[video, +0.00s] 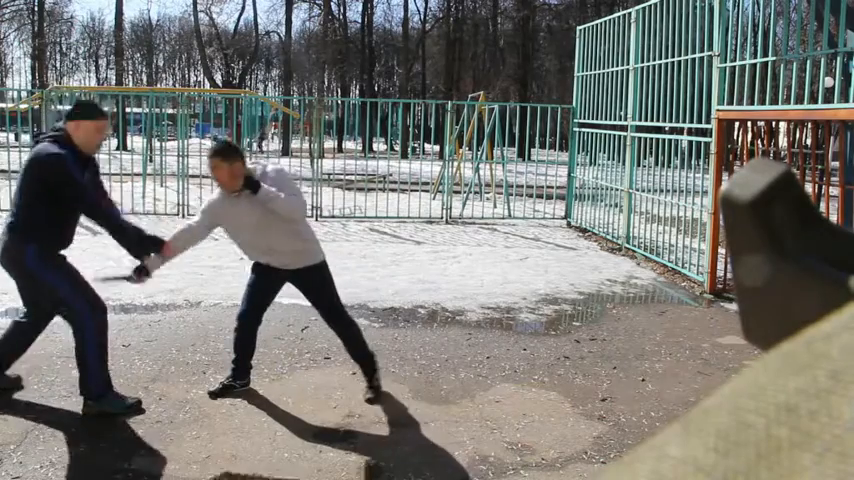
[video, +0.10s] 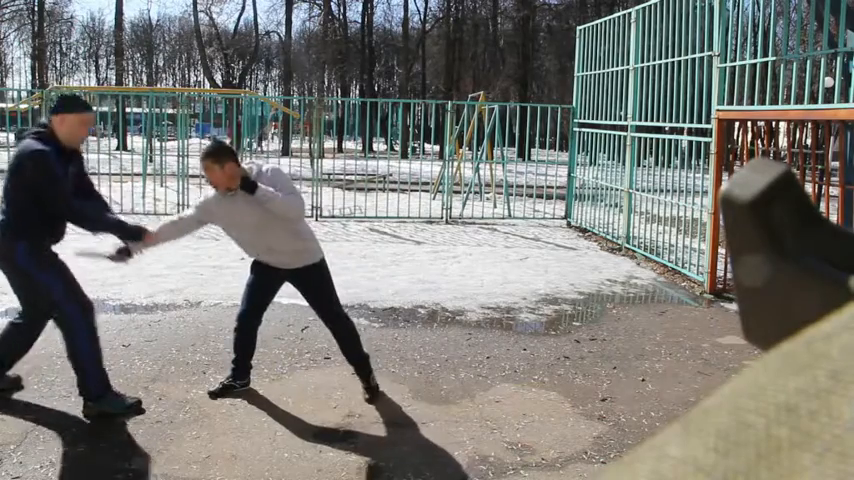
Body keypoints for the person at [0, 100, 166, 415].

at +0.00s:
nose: (103, 138)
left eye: (105, 131)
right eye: (98, 131)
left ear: (82, 130)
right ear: (75, 127)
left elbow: (105, 212)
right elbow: (98, 211)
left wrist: (143, 249)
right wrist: (151, 244)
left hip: (36, 253)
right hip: (28, 254)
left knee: (39, 312)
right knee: (90, 312)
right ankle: (98, 396)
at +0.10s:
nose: (88, 132)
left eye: (89, 126)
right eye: (83, 125)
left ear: (62, 123)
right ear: (59, 120)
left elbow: (88, 200)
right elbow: (72, 210)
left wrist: (126, 232)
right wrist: (131, 231)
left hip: (29, 249)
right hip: (22, 251)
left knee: (35, 311)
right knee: (77, 311)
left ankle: (0, 369)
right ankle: (98, 397)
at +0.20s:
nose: (79, 111)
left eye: (79, 103)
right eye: (74, 103)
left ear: (53, 103)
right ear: (50, 102)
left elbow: (69, 183)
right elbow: (43, 189)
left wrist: (101, 202)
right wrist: (98, 204)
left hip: (26, 237)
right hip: (18, 240)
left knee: (14, 307)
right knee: (57, 309)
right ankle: (84, 394)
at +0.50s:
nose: (48, 111)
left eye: (48, 104)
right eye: (44, 103)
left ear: (20, 103)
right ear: (21, 102)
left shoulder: (13, 136)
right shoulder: (10, 139)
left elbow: (21, 189)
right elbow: (20, 191)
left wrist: (56, 183)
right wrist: (61, 183)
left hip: (11, 243)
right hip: (16, 244)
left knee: (5, 313)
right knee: (61, 310)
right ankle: (48, 395)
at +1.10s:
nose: (57, 119)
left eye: (58, 112)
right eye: (55, 111)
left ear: (34, 105)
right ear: (35, 106)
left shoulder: (19, 132)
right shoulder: (17, 135)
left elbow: (46, 188)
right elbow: (47, 190)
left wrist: (99, 205)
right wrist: (103, 206)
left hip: (6, 243)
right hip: (3, 245)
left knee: (36, 308)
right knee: (37, 308)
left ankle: (37, 393)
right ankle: (38, 396)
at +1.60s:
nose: (35, 102)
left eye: (35, 95)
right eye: (29, 95)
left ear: (13, 97)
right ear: (8, 96)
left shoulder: (11, 129)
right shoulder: (5, 131)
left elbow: (16, 180)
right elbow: (14, 182)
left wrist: (53, 182)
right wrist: (55, 182)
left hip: (10, 238)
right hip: (5, 240)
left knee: (36, 306)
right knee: (37, 306)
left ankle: (39, 388)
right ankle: (41, 391)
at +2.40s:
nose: (33, 110)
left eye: (32, 104)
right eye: (27, 104)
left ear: (13, 109)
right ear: (7, 109)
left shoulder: (19, 142)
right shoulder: (7, 146)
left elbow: (36, 182)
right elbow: (30, 189)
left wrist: (73, 165)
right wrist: (73, 165)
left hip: (16, 247)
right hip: (9, 248)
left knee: (6, 310)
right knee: (63, 298)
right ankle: (56, 378)